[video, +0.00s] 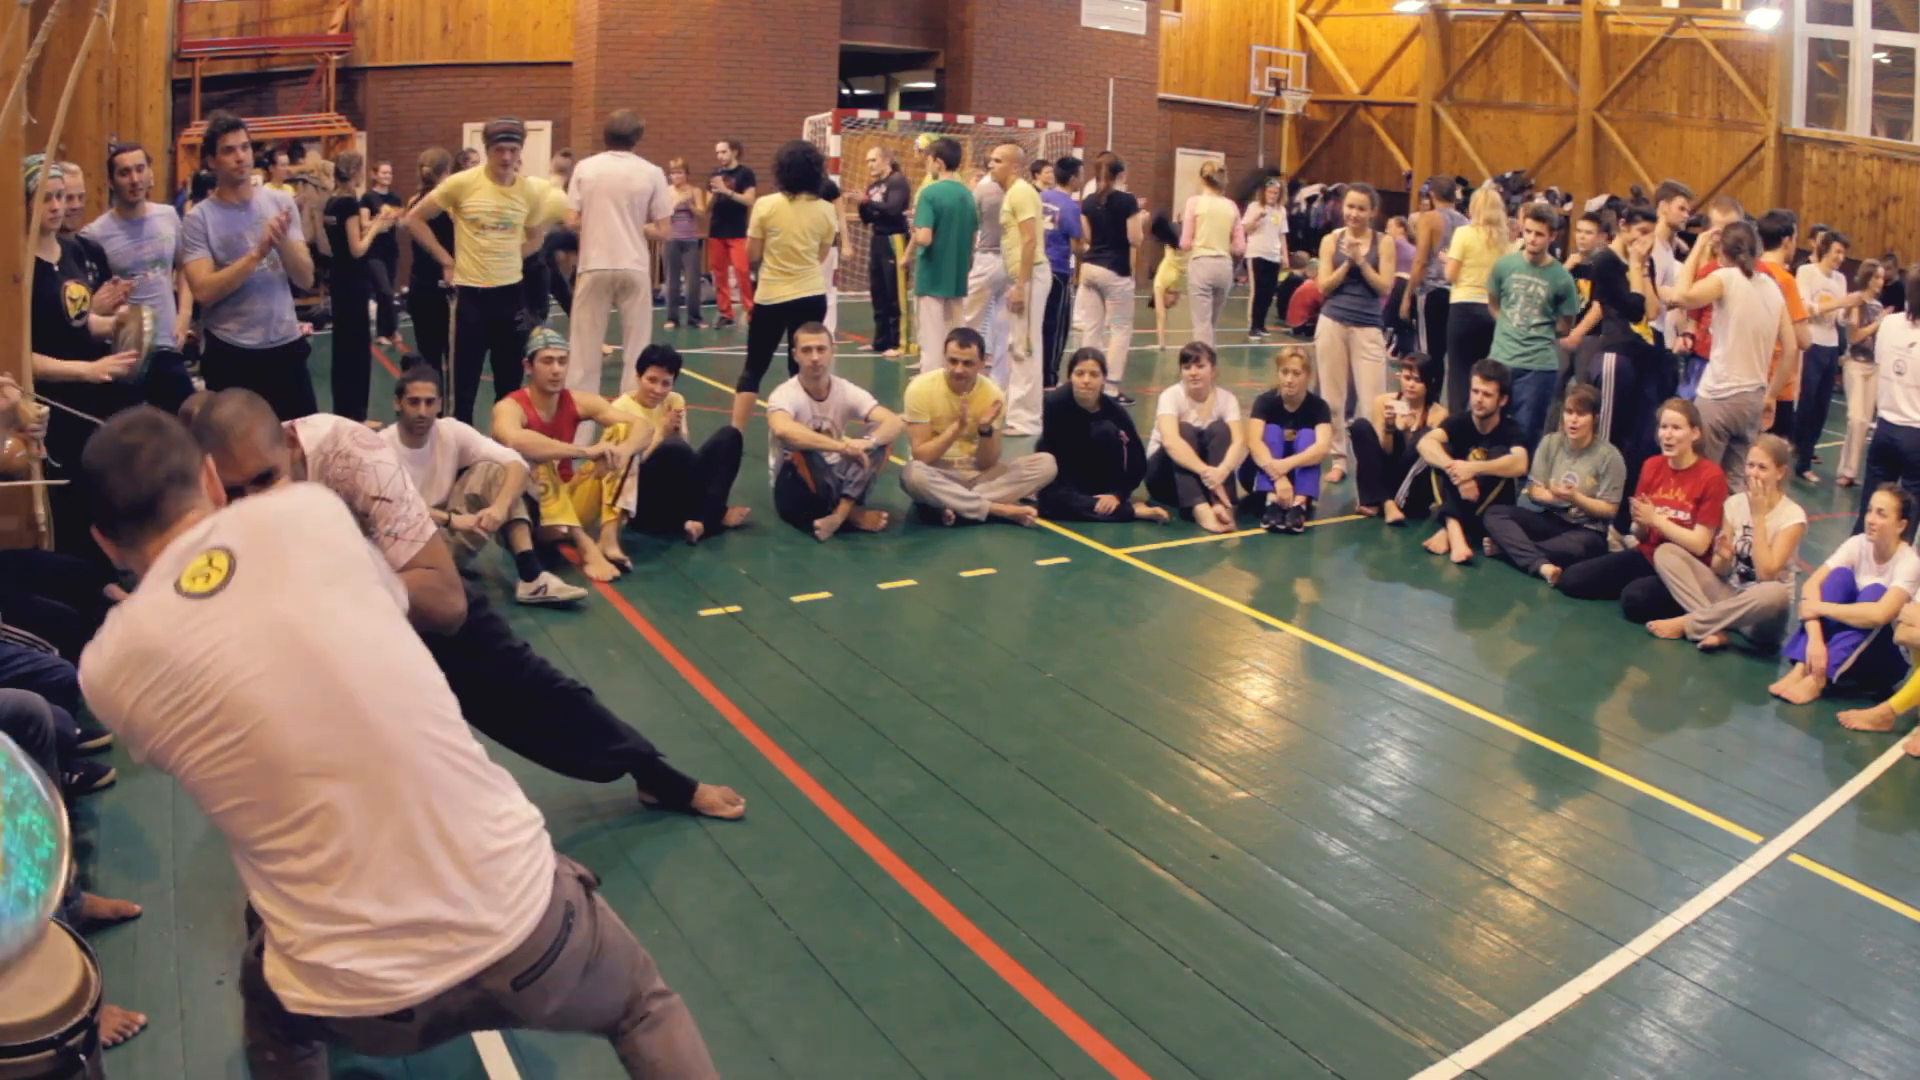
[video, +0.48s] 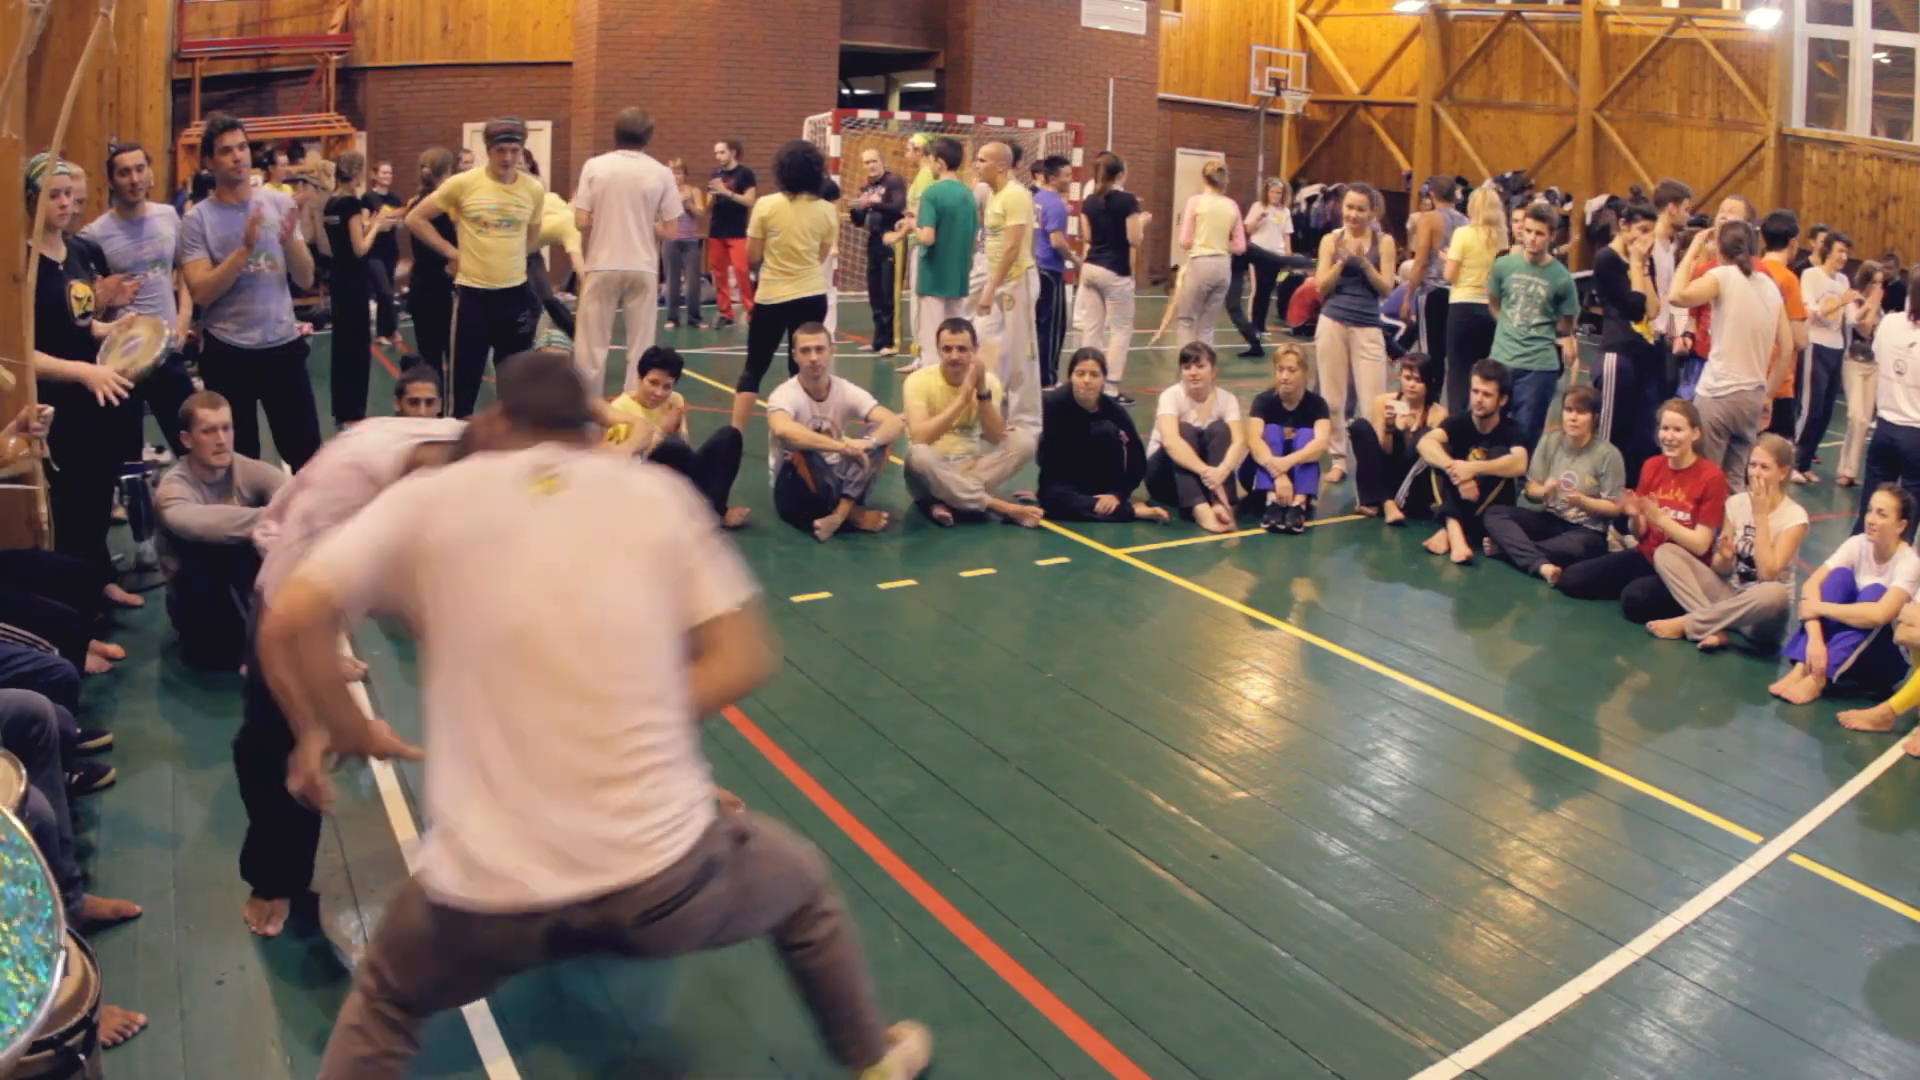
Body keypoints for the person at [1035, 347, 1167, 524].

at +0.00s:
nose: (1086, 381)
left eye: (1094, 375)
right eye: (1080, 374)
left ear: (1103, 379)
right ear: (1070, 377)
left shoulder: (1114, 411)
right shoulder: (1053, 406)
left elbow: (1138, 462)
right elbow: (1046, 451)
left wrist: (1117, 495)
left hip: (1104, 482)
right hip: (1068, 482)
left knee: (1105, 431)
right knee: (1050, 503)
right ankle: (1130, 512)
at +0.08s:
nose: (1086, 381)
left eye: (1094, 375)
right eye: (1080, 374)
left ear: (1103, 379)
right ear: (1070, 377)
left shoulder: (1114, 411)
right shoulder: (1053, 406)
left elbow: (1138, 461)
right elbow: (1045, 453)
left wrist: (1117, 495)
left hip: (1104, 482)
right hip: (1067, 482)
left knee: (1106, 431)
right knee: (1051, 503)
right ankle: (1130, 512)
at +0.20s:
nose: (1086, 381)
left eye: (1094, 375)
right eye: (1080, 374)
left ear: (1103, 379)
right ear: (1070, 377)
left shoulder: (1114, 410)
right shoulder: (1053, 406)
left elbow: (1138, 461)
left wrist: (1117, 495)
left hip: (1103, 482)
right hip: (1066, 482)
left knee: (1105, 431)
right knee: (1052, 504)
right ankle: (1130, 512)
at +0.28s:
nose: (1087, 381)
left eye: (1094, 375)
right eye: (1080, 374)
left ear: (1103, 379)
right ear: (1070, 377)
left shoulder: (1114, 410)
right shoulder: (1052, 406)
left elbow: (1139, 461)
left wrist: (1117, 495)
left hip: (1104, 484)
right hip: (1066, 483)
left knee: (1105, 430)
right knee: (1053, 504)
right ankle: (1130, 512)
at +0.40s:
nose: (1087, 380)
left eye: (1094, 375)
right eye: (1080, 374)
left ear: (1103, 379)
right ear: (1070, 377)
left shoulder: (1114, 411)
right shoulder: (1050, 406)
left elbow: (1138, 461)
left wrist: (1117, 495)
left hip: (1104, 483)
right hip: (1064, 483)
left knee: (1106, 431)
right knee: (1053, 504)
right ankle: (1129, 512)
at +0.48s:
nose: (1087, 381)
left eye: (1094, 375)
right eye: (1080, 374)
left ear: (1103, 379)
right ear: (1070, 377)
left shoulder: (1114, 411)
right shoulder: (1050, 406)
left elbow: (1138, 462)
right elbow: (1042, 457)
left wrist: (1117, 495)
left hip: (1104, 483)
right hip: (1064, 483)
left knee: (1106, 431)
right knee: (1054, 502)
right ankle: (1130, 512)